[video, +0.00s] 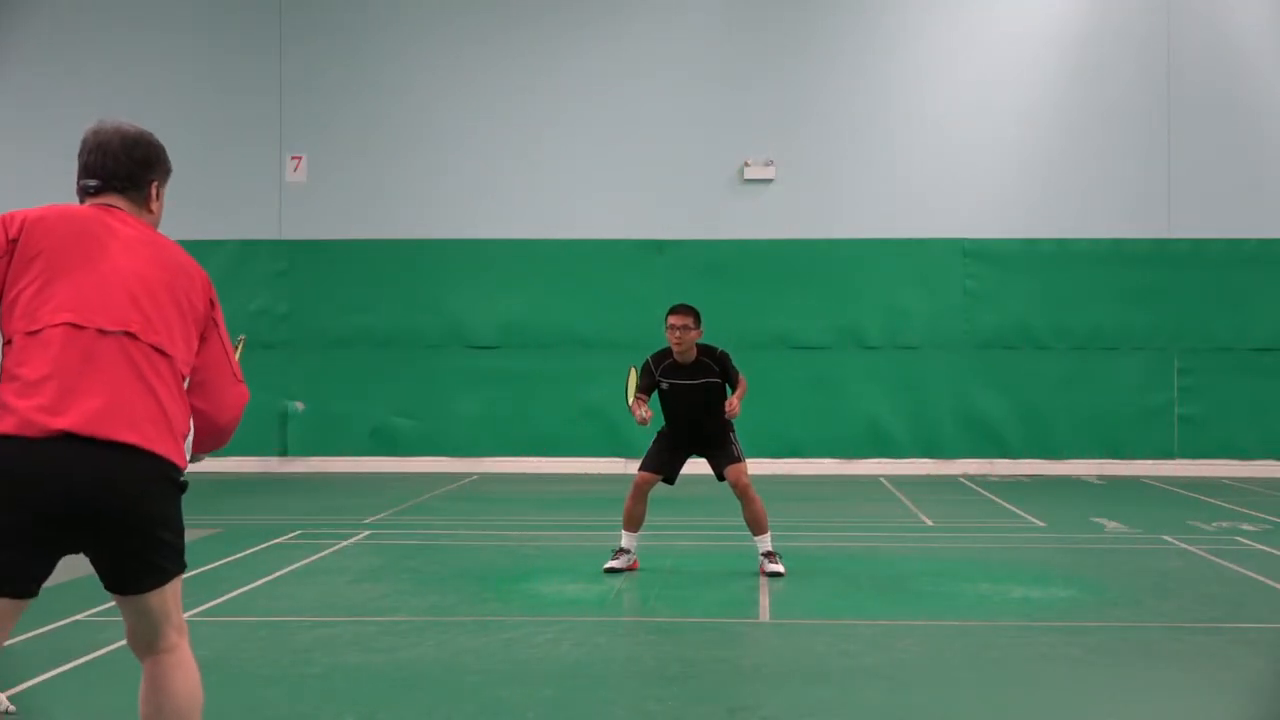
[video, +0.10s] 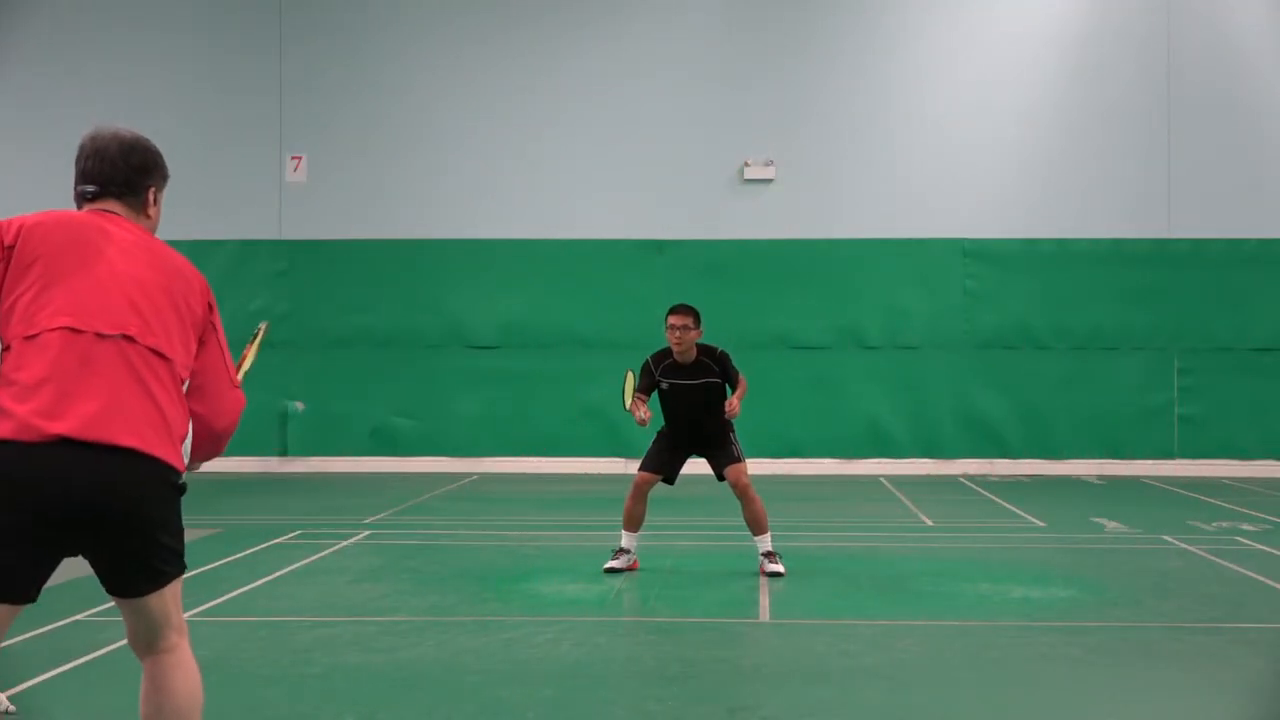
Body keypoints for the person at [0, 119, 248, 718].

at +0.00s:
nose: (164, 203)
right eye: (164, 191)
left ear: (83, 185)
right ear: (155, 192)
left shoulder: (21, 227)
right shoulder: (186, 272)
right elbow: (223, 407)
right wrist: (179, 445)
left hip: (20, 460)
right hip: (136, 471)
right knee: (163, 644)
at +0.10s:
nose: (161, 209)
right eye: (162, 197)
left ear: (81, 191)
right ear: (152, 198)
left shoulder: (20, 233)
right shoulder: (186, 278)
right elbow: (222, 410)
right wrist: (178, 462)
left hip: (20, 464)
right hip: (136, 475)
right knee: (163, 644)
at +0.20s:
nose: (164, 207)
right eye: (164, 195)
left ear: (83, 189)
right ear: (155, 196)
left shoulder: (20, 231)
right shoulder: (187, 277)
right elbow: (221, 412)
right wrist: (191, 431)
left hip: (18, 463)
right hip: (134, 474)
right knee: (163, 644)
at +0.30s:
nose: (172, 206)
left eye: (173, 194)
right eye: (173, 194)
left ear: (91, 186)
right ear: (162, 194)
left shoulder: (21, 229)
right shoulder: (188, 273)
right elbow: (220, 406)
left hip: (16, 460)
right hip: (129, 473)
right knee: (163, 646)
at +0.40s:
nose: (179, 214)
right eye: (180, 201)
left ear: (97, 191)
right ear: (169, 200)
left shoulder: (22, 232)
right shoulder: (192, 278)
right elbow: (217, 412)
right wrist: (232, 370)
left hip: (14, 460)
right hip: (126, 475)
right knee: (163, 645)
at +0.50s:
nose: (187, 221)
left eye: (187, 208)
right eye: (188, 208)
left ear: (105, 199)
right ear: (175, 209)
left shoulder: (28, 235)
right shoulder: (195, 286)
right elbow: (216, 426)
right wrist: (227, 448)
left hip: (15, 458)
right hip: (128, 474)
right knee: (162, 644)